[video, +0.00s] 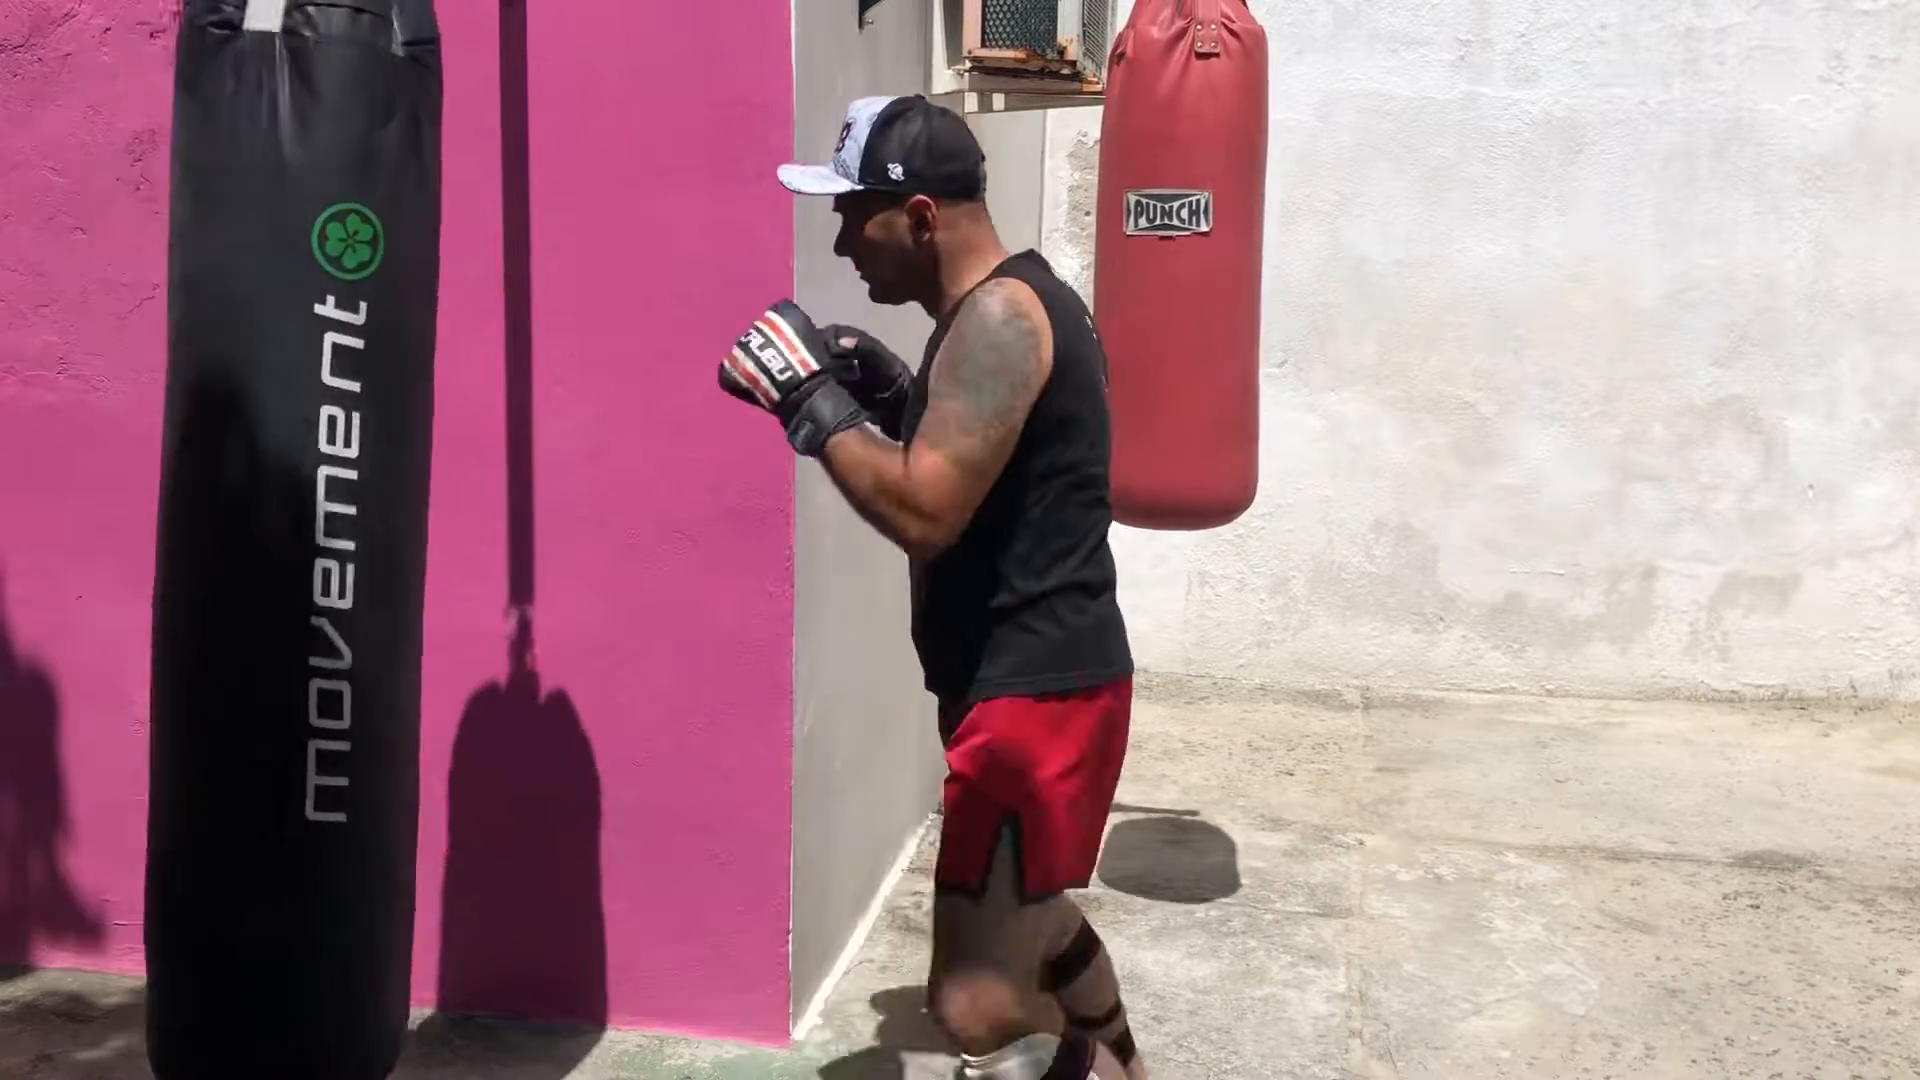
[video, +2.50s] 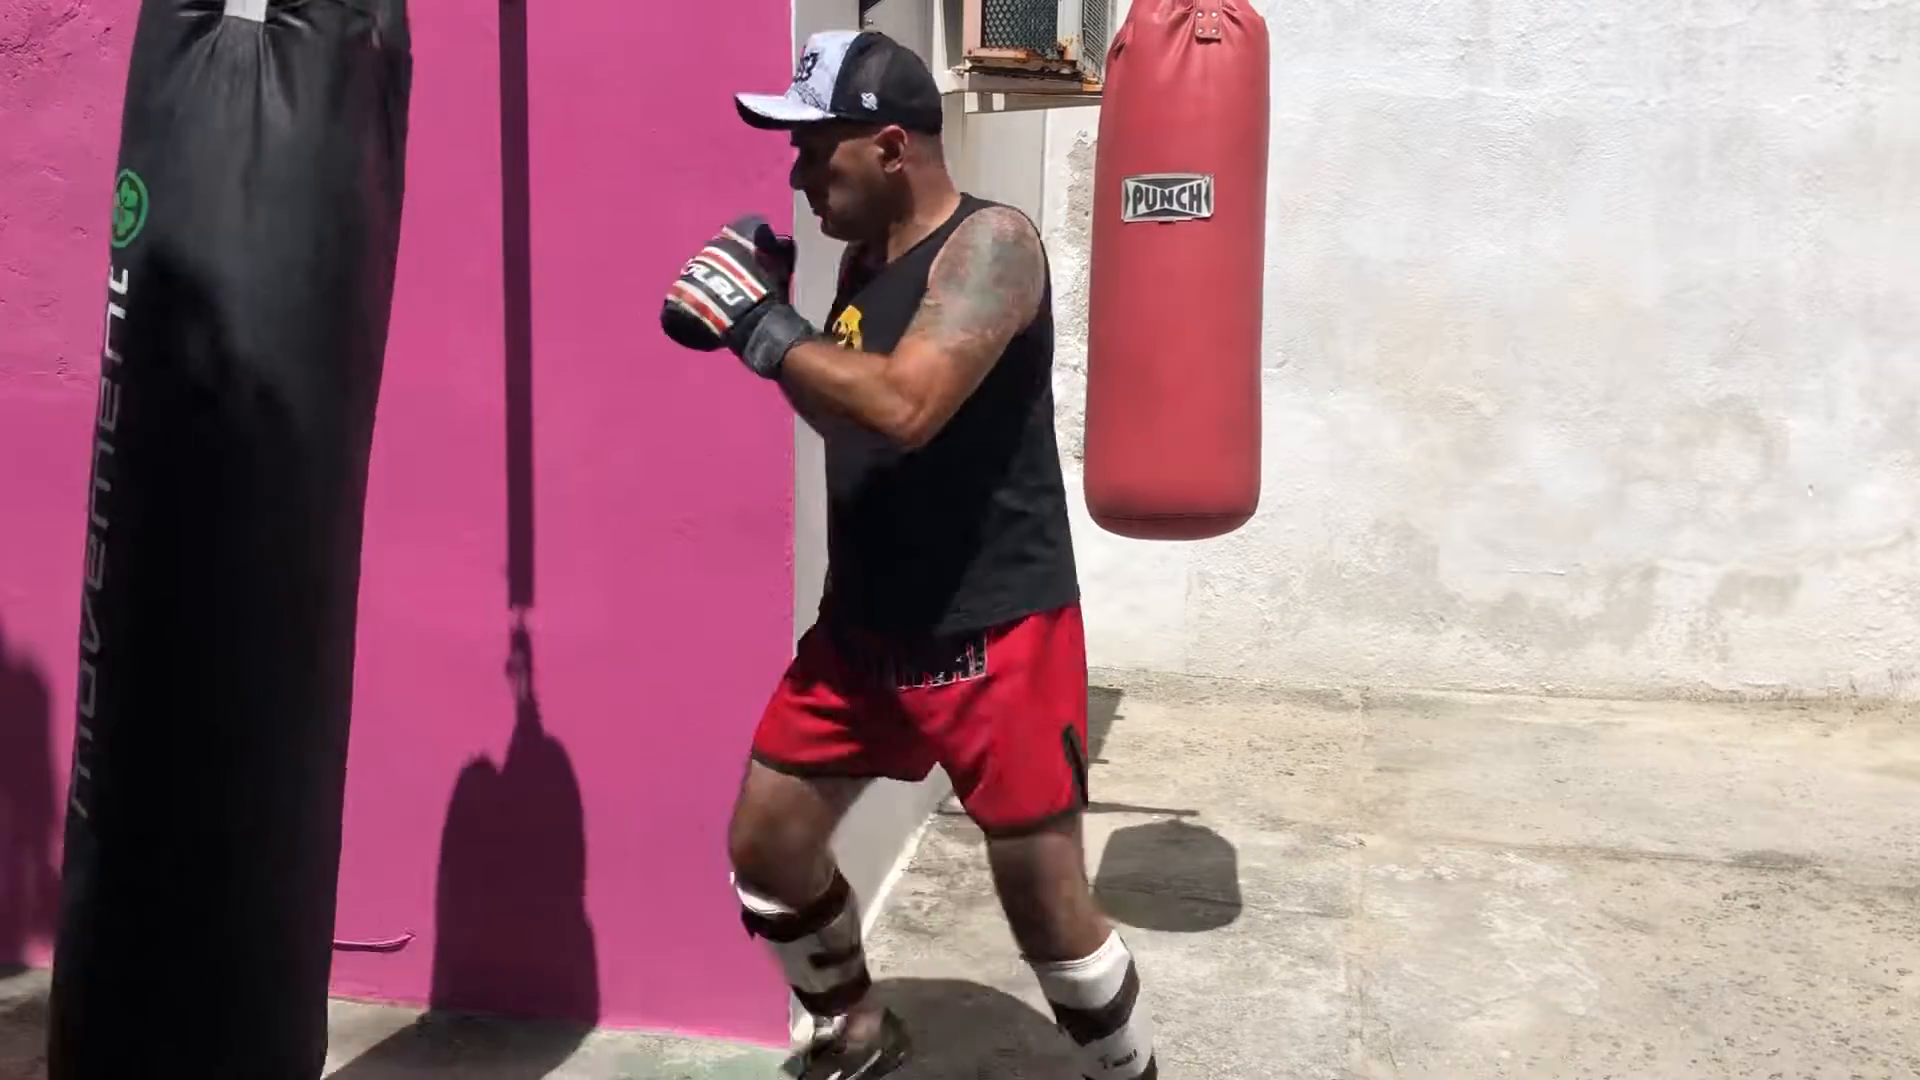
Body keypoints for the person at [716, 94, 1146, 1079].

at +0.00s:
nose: (842, 242)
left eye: (854, 216)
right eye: (842, 217)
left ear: (922, 214)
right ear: (936, 211)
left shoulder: (998, 317)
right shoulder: (1017, 299)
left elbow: (923, 518)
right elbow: (984, 486)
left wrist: (814, 409)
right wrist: (900, 404)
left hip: (1030, 686)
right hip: (1034, 673)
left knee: (973, 1007)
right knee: (1040, 924)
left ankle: (1080, 1033)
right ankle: (1114, 1061)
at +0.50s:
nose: (820, 206)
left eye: (831, 181)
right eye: (821, 181)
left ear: (902, 185)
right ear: (911, 185)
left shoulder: (1011, 312)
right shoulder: (965, 292)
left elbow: (883, 510)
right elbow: (895, 418)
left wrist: (801, 370)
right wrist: (772, 393)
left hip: (1025, 719)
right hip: (974, 707)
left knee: (961, 1041)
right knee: (1047, 978)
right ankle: (1136, 1072)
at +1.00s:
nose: (570, 192)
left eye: (577, 176)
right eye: (570, 173)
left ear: (627, 193)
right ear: (708, 166)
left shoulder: (730, 334)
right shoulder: (760, 241)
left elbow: (641, 556)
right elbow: (755, 388)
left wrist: (494, 456)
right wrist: (625, 363)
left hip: (771, 697)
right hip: (697, 675)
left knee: (742, 1019)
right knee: (637, 898)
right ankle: (655, 1064)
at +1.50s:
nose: (598, 169)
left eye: (610, 145)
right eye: (602, 146)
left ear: (665, 155)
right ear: (689, 155)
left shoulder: (723, 261)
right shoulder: (740, 264)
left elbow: (536, 414)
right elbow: (757, 477)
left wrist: (582, 290)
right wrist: (631, 542)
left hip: (780, 696)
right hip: (662, 692)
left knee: (846, 1032)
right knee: (541, 909)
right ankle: (629, 1075)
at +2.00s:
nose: (514, 201)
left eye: (528, 178)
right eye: (513, 183)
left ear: (601, 178)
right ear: (593, 185)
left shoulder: (693, 253)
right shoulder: (592, 321)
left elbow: (577, 404)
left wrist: (524, 347)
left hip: (770, 653)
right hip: (625, 674)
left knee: (886, 935)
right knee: (563, 929)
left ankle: (1021, 1074)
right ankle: (611, 1076)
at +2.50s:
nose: (800, 166)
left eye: (818, 145)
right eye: (798, 143)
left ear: (896, 147)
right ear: (877, 150)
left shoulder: (995, 241)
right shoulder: (861, 261)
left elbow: (903, 408)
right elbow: (857, 418)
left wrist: (764, 322)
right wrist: (770, 317)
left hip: (1000, 628)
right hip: (867, 622)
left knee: (1048, 913)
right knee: (769, 846)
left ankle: (1126, 1067)